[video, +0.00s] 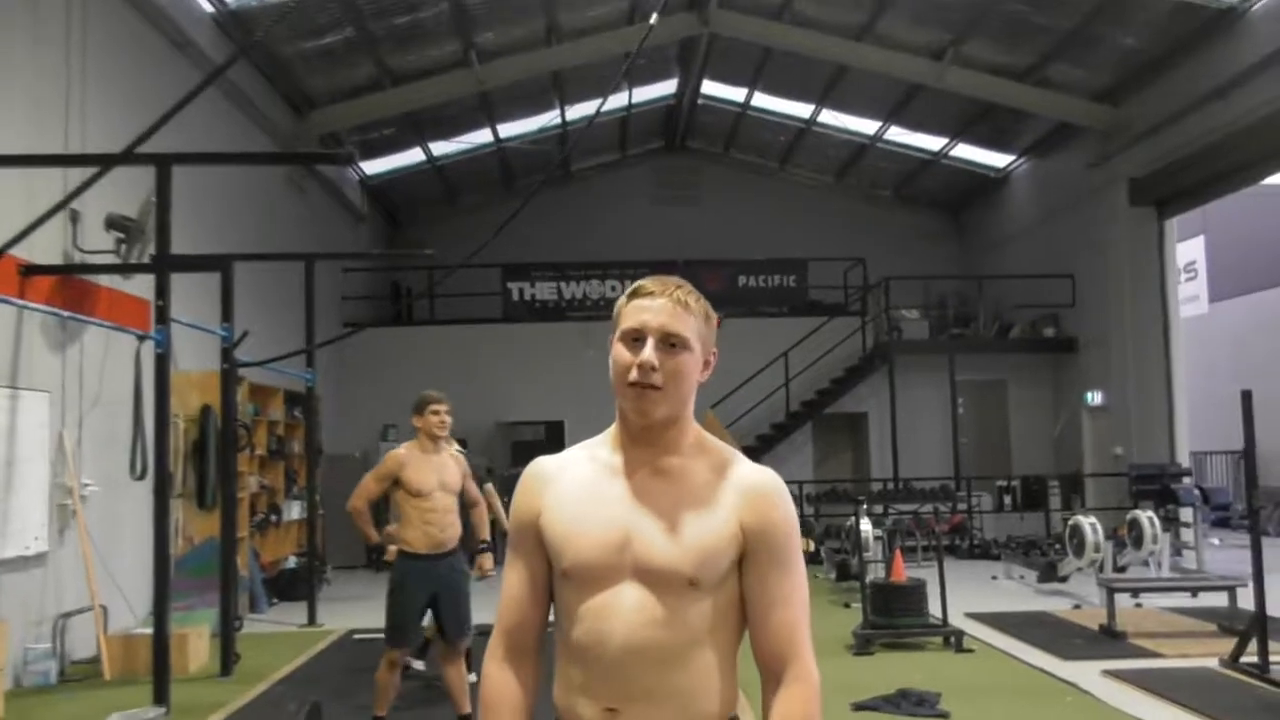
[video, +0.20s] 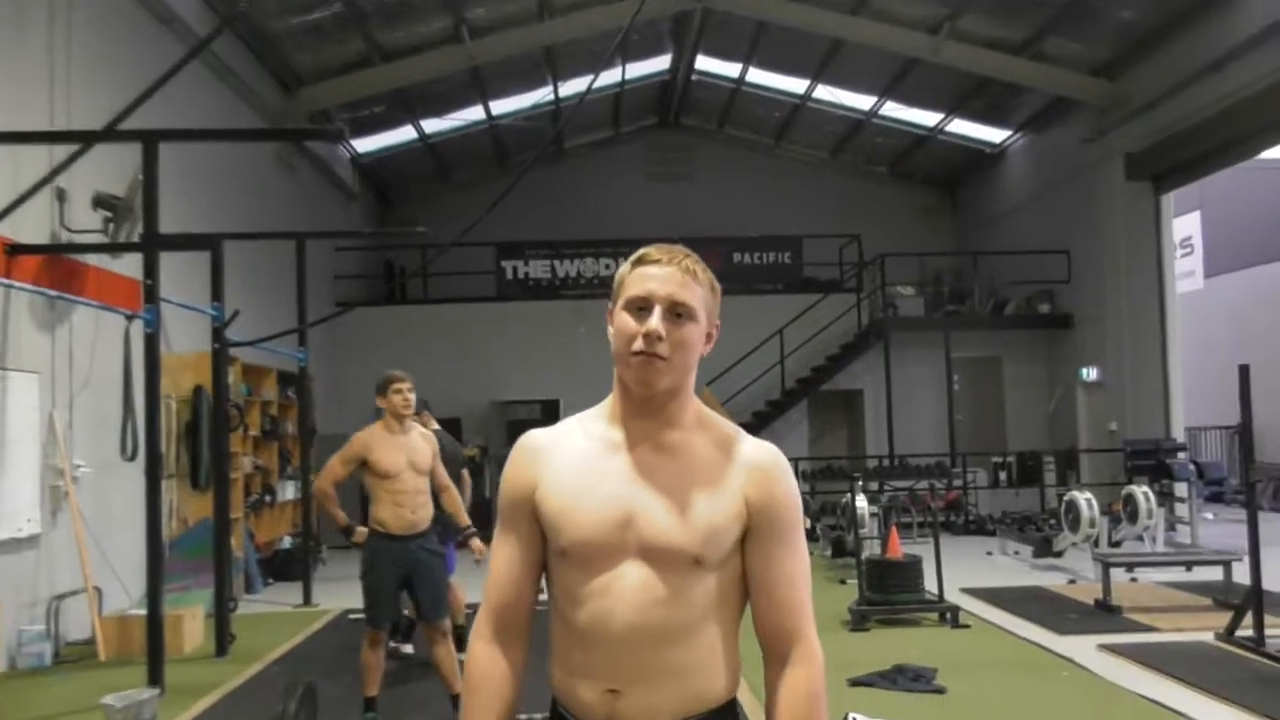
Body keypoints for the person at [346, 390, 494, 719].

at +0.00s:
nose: (444, 420)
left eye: (447, 414)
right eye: (435, 414)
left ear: (451, 420)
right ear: (417, 420)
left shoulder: (456, 459)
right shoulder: (399, 458)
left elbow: (476, 502)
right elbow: (356, 504)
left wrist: (484, 547)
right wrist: (378, 543)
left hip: (452, 563)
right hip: (410, 565)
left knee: (456, 647)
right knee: (396, 655)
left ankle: (466, 713)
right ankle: (380, 714)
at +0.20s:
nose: (408, 398)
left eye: (411, 392)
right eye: (399, 393)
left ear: (416, 398)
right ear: (382, 401)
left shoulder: (427, 438)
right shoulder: (367, 439)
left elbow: (445, 488)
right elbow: (323, 485)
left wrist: (468, 530)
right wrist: (348, 528)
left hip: (426, 542)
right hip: (383, 544)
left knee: (439, 629)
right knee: (377, 634)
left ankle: (459, 703)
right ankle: (370, 708)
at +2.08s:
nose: (334, 385)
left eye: (337, 378)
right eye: (324, 382)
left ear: (348, 381)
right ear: (313, 393)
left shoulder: (372, 423)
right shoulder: (302, 432)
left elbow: (388, 476)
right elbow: (284, 490)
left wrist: (392, 525)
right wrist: (290, 548)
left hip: (370, 531)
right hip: (328, 533)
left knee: (368, 625)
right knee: (336, 629)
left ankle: (366, 705)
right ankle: (339, 706)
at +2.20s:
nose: (331, 386)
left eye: (336, 380)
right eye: (323, 382)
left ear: (349, 384)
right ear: (315, 391)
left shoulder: (370, 426)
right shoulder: (302, 431)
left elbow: (390, 478)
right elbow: (284, 488)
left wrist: (407, 520)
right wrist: (283, 547)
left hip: (365, 530)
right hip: (324, 532)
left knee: (356, 625)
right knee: (334, 628)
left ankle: (344, 697)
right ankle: (335, 705)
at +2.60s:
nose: (327, 396)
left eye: (334, 390)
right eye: (321, 390)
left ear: (347, 395)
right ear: (312, 397)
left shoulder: (360, 442)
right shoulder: (289, 435)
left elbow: (369, 499)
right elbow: (265, 485)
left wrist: (372, 552)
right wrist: (259, 539)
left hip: (342, 541)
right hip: (297, 540)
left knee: (329, 635)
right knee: (310, 634)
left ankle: (324, 707)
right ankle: (311, 711)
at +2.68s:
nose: (322, 398)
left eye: (329, 392)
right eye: (316, 393)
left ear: (343, 398)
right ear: (307, 399)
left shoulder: (356, 444)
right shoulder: (285, 436)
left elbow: (365, 502)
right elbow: (259, 487)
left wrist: (369, 556)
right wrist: (253, 540)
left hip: (336, 544)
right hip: (291, 543)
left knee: (324, 636)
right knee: (298, 636)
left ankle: (319, 710)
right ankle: (297, 712)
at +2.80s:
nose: (311, 401)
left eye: (318, 396)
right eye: (305, 396)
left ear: (332, 401)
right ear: (296, 403)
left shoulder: (347, 447)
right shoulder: (275, 442)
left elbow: (357, 504)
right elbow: (252, 494)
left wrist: (363, 559)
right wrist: (243, 550)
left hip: (327, 551)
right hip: (280, 550)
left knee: (316, 640)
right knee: (275, 643)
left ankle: (314, 711)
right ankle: (269, 712)